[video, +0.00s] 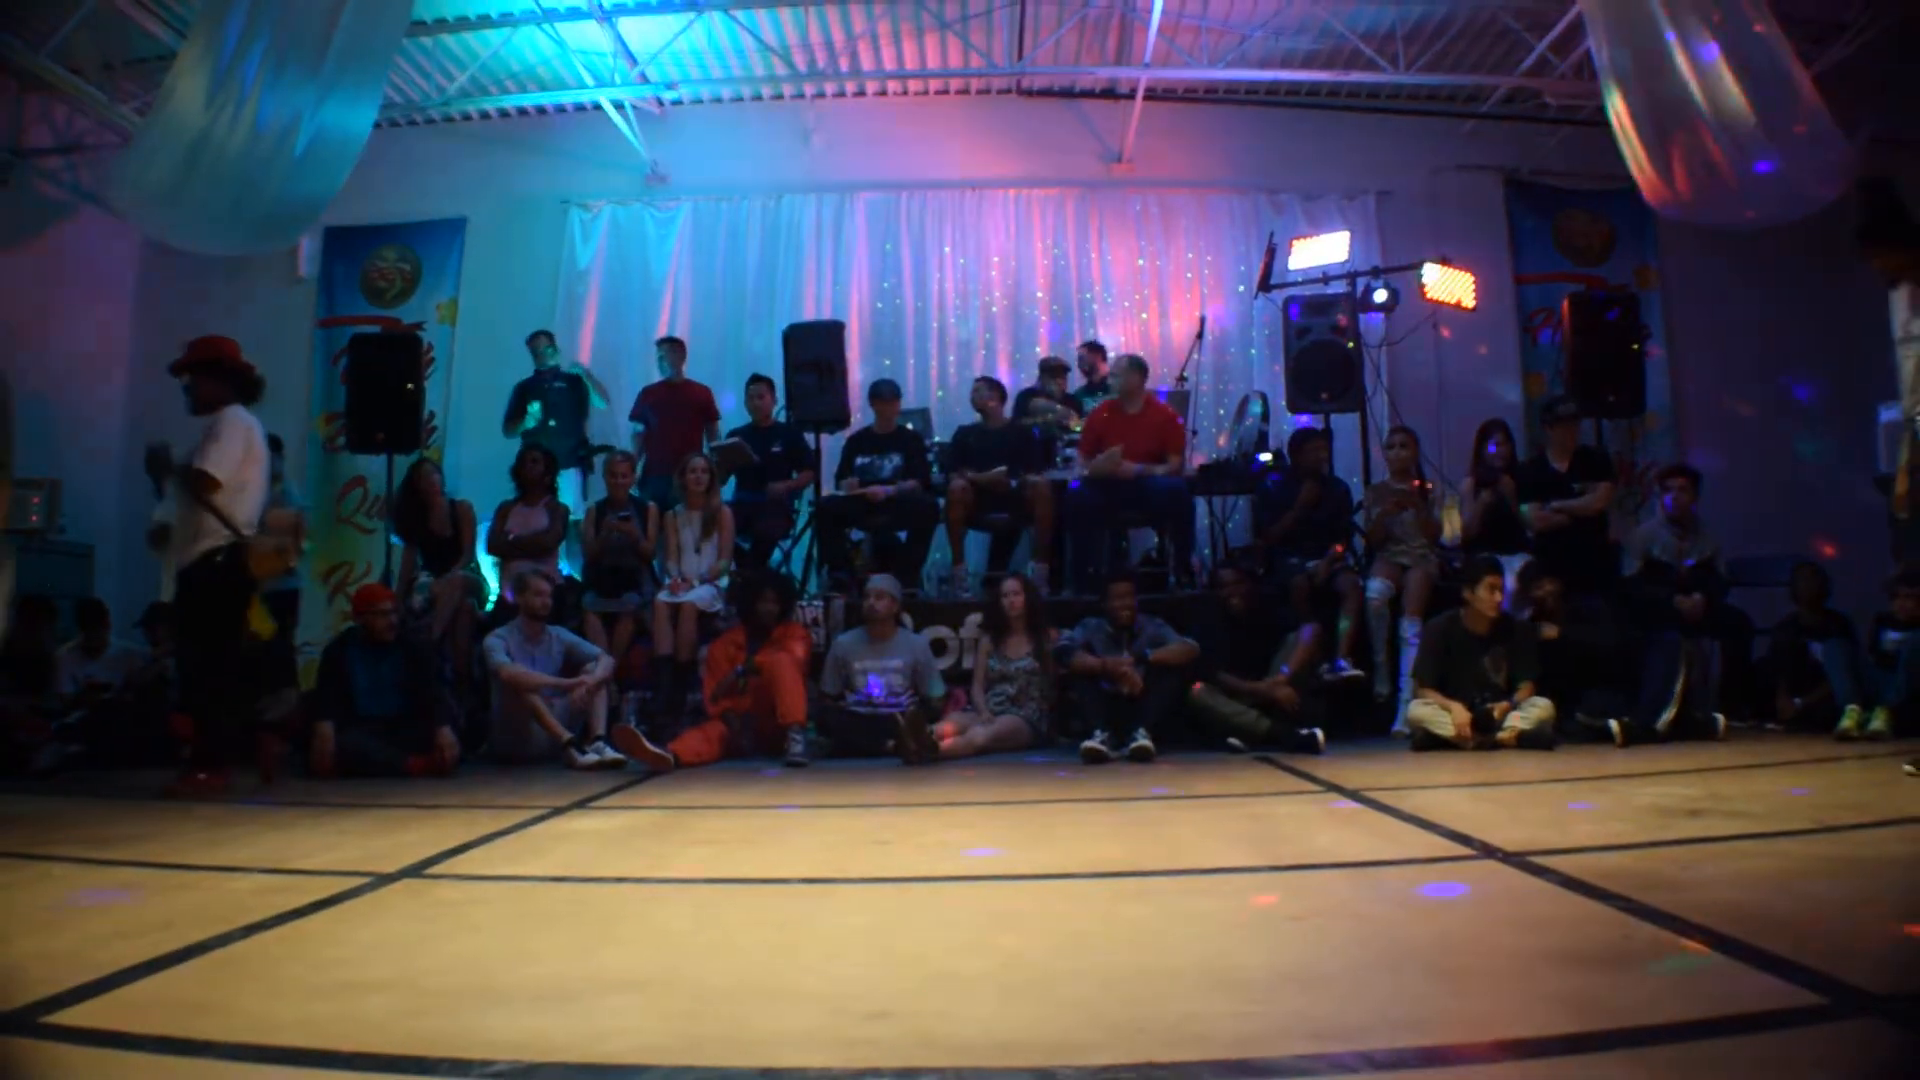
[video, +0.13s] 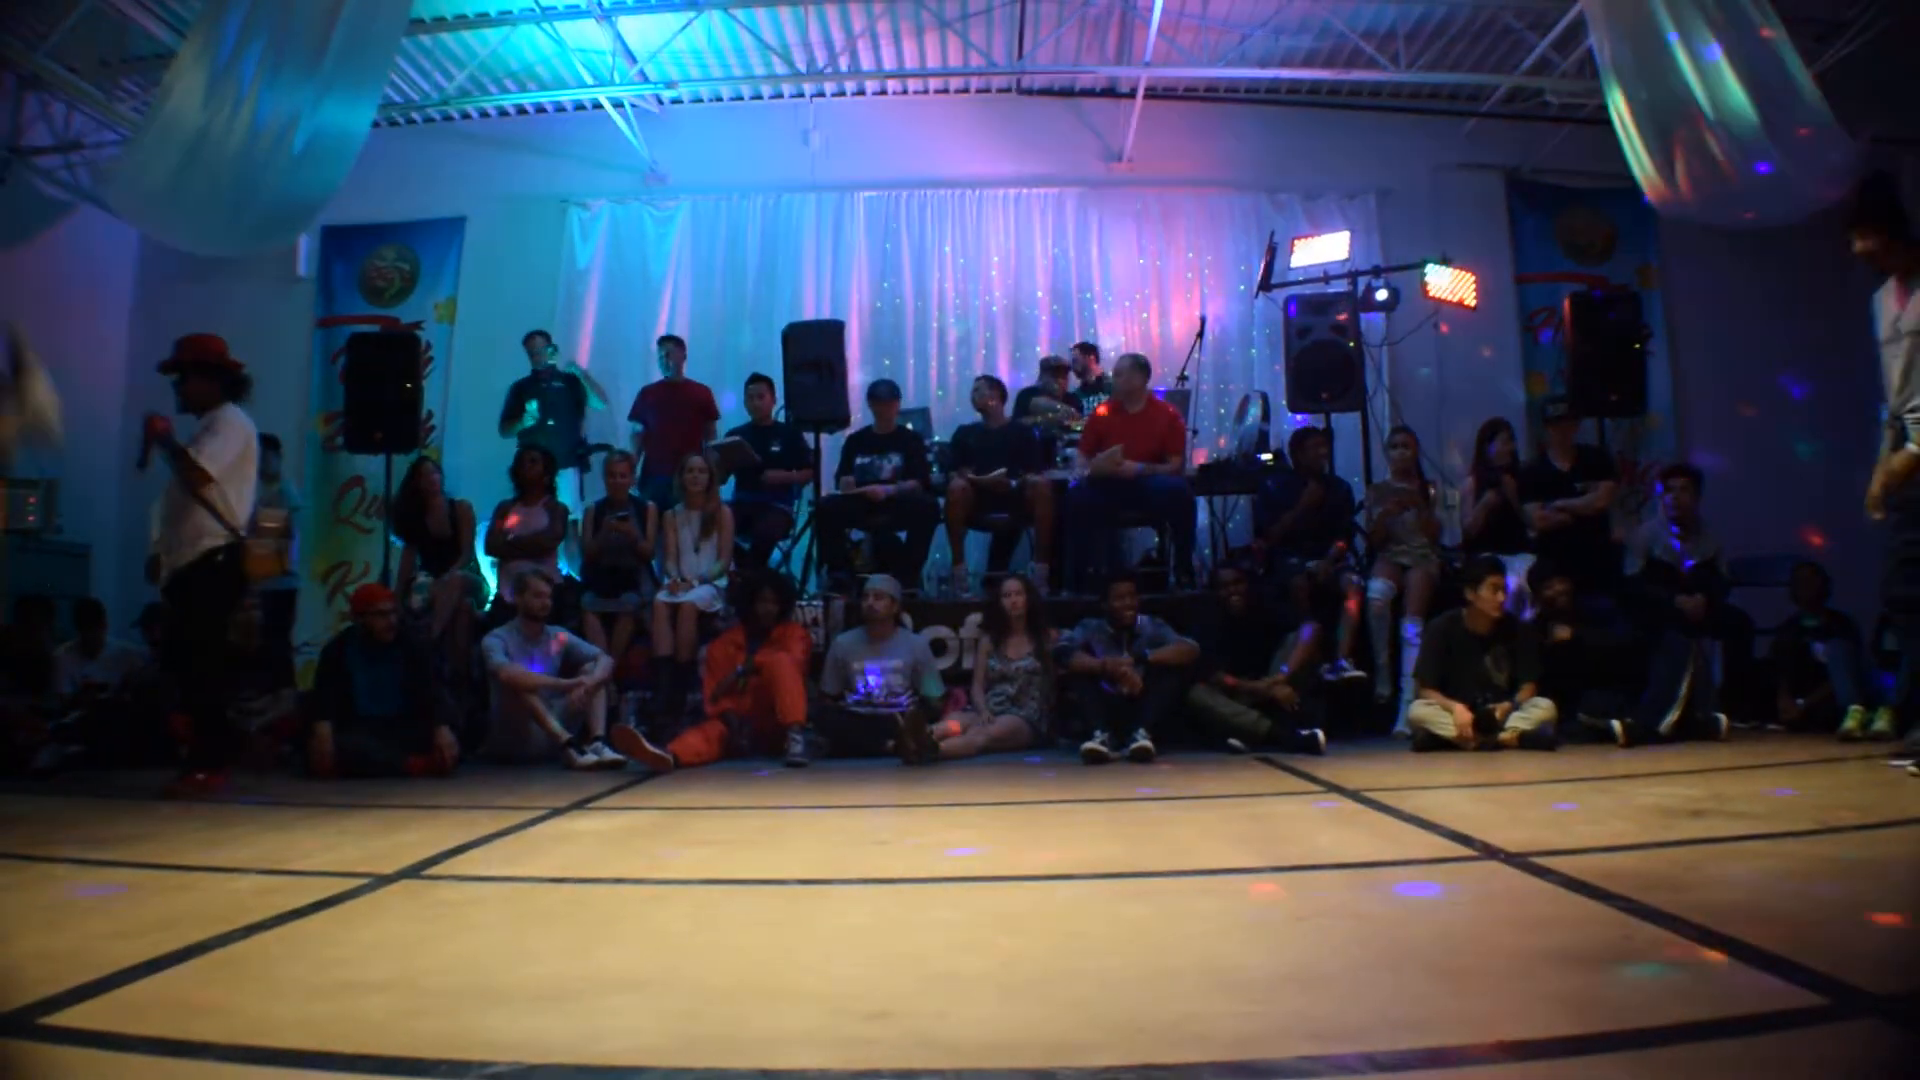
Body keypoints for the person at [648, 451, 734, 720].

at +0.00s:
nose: (699, 477)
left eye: (704, 472)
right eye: (693, 472)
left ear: (711, 477)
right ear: (683, 477)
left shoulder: (721, 513)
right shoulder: (672, 516)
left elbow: (725, 560)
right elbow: (671, 557)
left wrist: (699, 580)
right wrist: (675, 577)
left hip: (710, 579)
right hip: (681, 580)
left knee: (688, 605)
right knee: (661, 603)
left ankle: (682, 679)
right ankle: (663, 678)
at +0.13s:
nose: (696, 477)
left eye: (702, 472)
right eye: (691, 472)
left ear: (710, 478)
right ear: (682, 477)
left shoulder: (721, 513)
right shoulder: (672, 516)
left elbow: (724, 561)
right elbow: (670, 556)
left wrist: (699, 580)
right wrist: (674, 577)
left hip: (710, 579)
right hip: (680, 580)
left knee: (688, 606)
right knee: (660, 604)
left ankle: (682, 680)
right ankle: (662, 679)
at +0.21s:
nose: (695, 477)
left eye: (701, 472)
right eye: (690, 472)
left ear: (709, 477)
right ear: (681, 477)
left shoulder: (721, 512)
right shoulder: (672, 516)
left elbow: (724, 561)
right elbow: (670, 557)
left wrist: (699, 580)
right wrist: (673, 578)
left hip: (711, 579)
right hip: (680, 580)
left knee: (688, 606)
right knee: (660, 603)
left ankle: (682, 679)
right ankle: (662, 678)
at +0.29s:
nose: (695, 477)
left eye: (700, 471)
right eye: (689, 472)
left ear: (709, 477)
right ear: (681, 477)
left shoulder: (721, 513)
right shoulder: (671, 516)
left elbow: (724, 560)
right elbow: (670, 556)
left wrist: (701, 580)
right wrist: (673, 577)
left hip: (711, 579)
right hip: (680, 580)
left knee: (688, 606)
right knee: (660, 604)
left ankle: (681, 679)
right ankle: (662, 678)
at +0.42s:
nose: (694, 477)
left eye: (700, 471)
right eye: (689, 471)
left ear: (709, 477)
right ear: (681, 477)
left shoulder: (721, 514)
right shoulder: (671, 516)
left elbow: (724, 561)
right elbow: (670, 555)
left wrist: (698, 580)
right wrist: (673, 577)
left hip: (709, 579)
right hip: (679, 579)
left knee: (688, 606)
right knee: (660, 604)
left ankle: (682, 679)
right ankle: (662, 678)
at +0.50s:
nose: (694, 476)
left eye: (699, 471)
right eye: (688, 471)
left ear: (709, 476)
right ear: (681, 477)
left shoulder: (721, 512)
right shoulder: (671, 516)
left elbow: (724, 561)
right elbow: (670, 557)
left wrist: (697, 580)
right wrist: (673, 578)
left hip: (710, 580)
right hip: (680, 580)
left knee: (688, 605)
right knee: (660, 603)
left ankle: (682, 679)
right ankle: (662, 677)